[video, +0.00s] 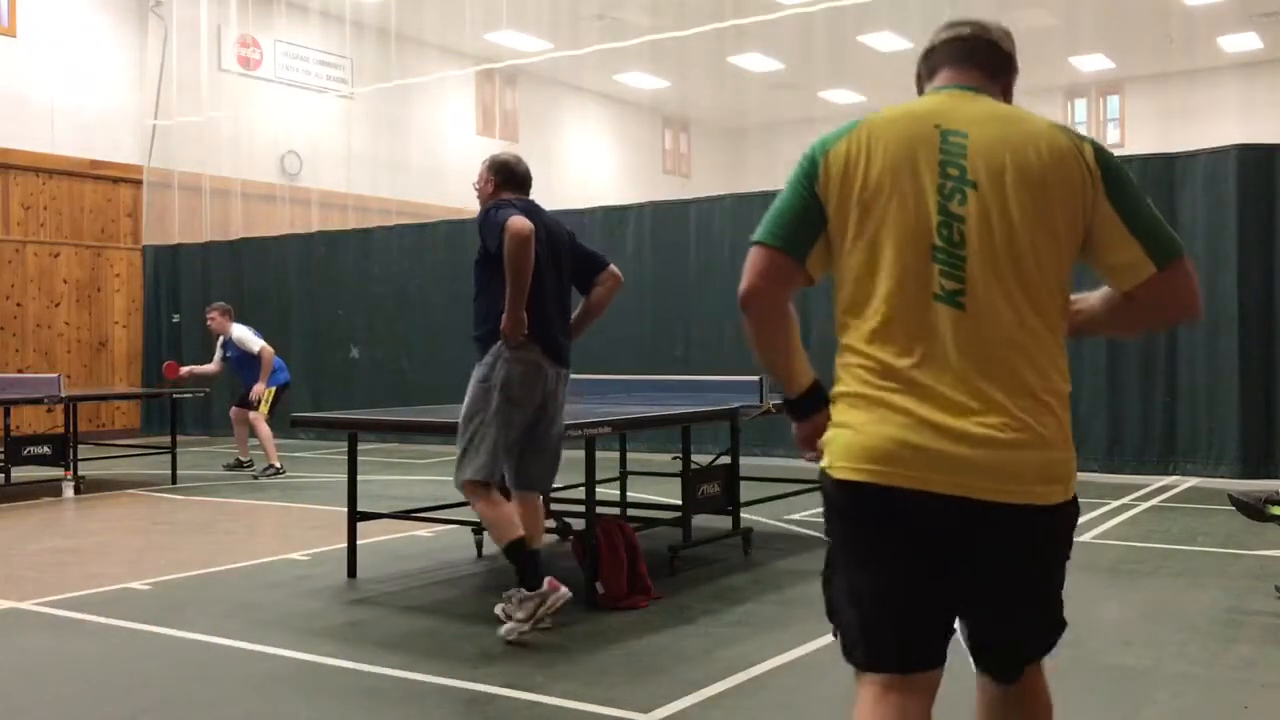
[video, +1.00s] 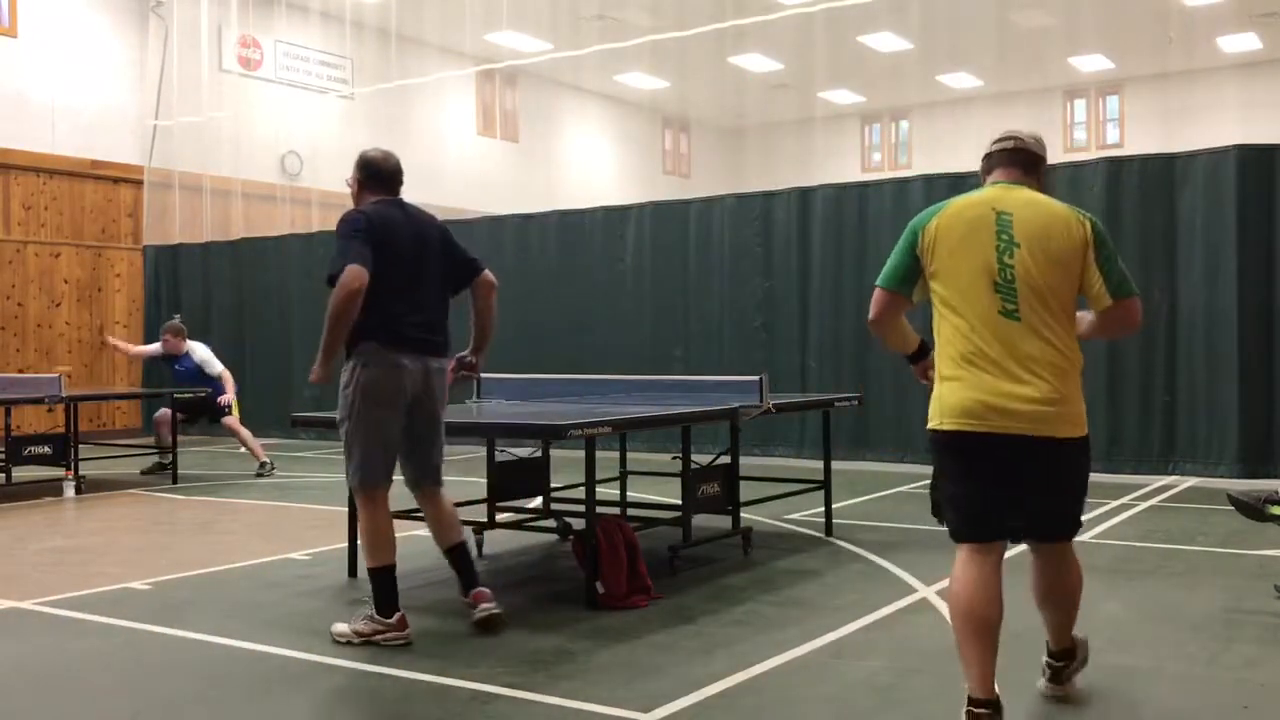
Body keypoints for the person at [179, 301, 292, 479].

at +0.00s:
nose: (208, 323)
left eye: (212, 319)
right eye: (207, 319)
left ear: (225, 318)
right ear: (221, 320)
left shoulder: (239, 333)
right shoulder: (223, 340)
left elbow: (267, 352)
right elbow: (215, 367)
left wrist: (262, 382)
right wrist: (191, 370)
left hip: (274, 379)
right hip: (259, 380)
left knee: (256, 417)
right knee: (237, 414)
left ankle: (275, 464)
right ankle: (244, 460)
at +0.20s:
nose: (204, 320)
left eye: (208, 316)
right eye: (203, 316)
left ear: (221, 315)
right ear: (217, 316)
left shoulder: (235, 331)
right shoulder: (218, 336)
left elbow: (260, 355)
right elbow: (213, 363)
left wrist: (247, 382)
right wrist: (190, 366)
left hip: (266, 378)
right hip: (248, 380)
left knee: (255, 416)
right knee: (229, 415)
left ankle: (274, 464)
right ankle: (243, 460)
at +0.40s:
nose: (200, 317)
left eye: (203, 312)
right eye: (199, 313)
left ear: (217, 311)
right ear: (211, 314)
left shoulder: (234, 329)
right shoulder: (211, 334)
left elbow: (254, 357)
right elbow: (205, 359)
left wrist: (229, 378)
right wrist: (184, 364)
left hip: (260, 374)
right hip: (238, 376)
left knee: (250, 414)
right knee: (225, 416)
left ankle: (267, 461)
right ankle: (242, 460)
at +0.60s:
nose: (196, 324)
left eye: (199, 319)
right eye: (195, 320)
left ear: (213, 316)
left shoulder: (235, 332)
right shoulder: (207, 338)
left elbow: (251, 361)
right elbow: (192, 360)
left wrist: (223, 376)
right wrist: (169, 363)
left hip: (255, 381)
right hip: (232, 381)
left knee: (247, 418)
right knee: (205, 413)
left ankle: (269, 461)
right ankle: (222, 450)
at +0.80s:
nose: (181, 338)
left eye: (184, 334)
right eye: (180, 335)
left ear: (197, 330)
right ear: (191, 332)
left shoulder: (219, 342)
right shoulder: (190, 343)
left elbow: (243, 367)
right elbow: (164, 349)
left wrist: (229, 386)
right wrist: (143, 357)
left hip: (242, 389)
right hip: (219, 389)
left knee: (239, 421)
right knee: (184, 418)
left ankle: (268, 462)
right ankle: (172, 459)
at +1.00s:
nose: (163, 344)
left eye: (166, 341)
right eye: (162, 341)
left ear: (179, 340)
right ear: (168, 341)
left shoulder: (199, 351)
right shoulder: (165, 349)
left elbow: (225, 374)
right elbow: (134, 350)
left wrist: (229, 393)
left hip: (216, 398)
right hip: (190, 400)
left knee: (230, 423)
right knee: (161, 418)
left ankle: (264, 461)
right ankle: (164, 461)